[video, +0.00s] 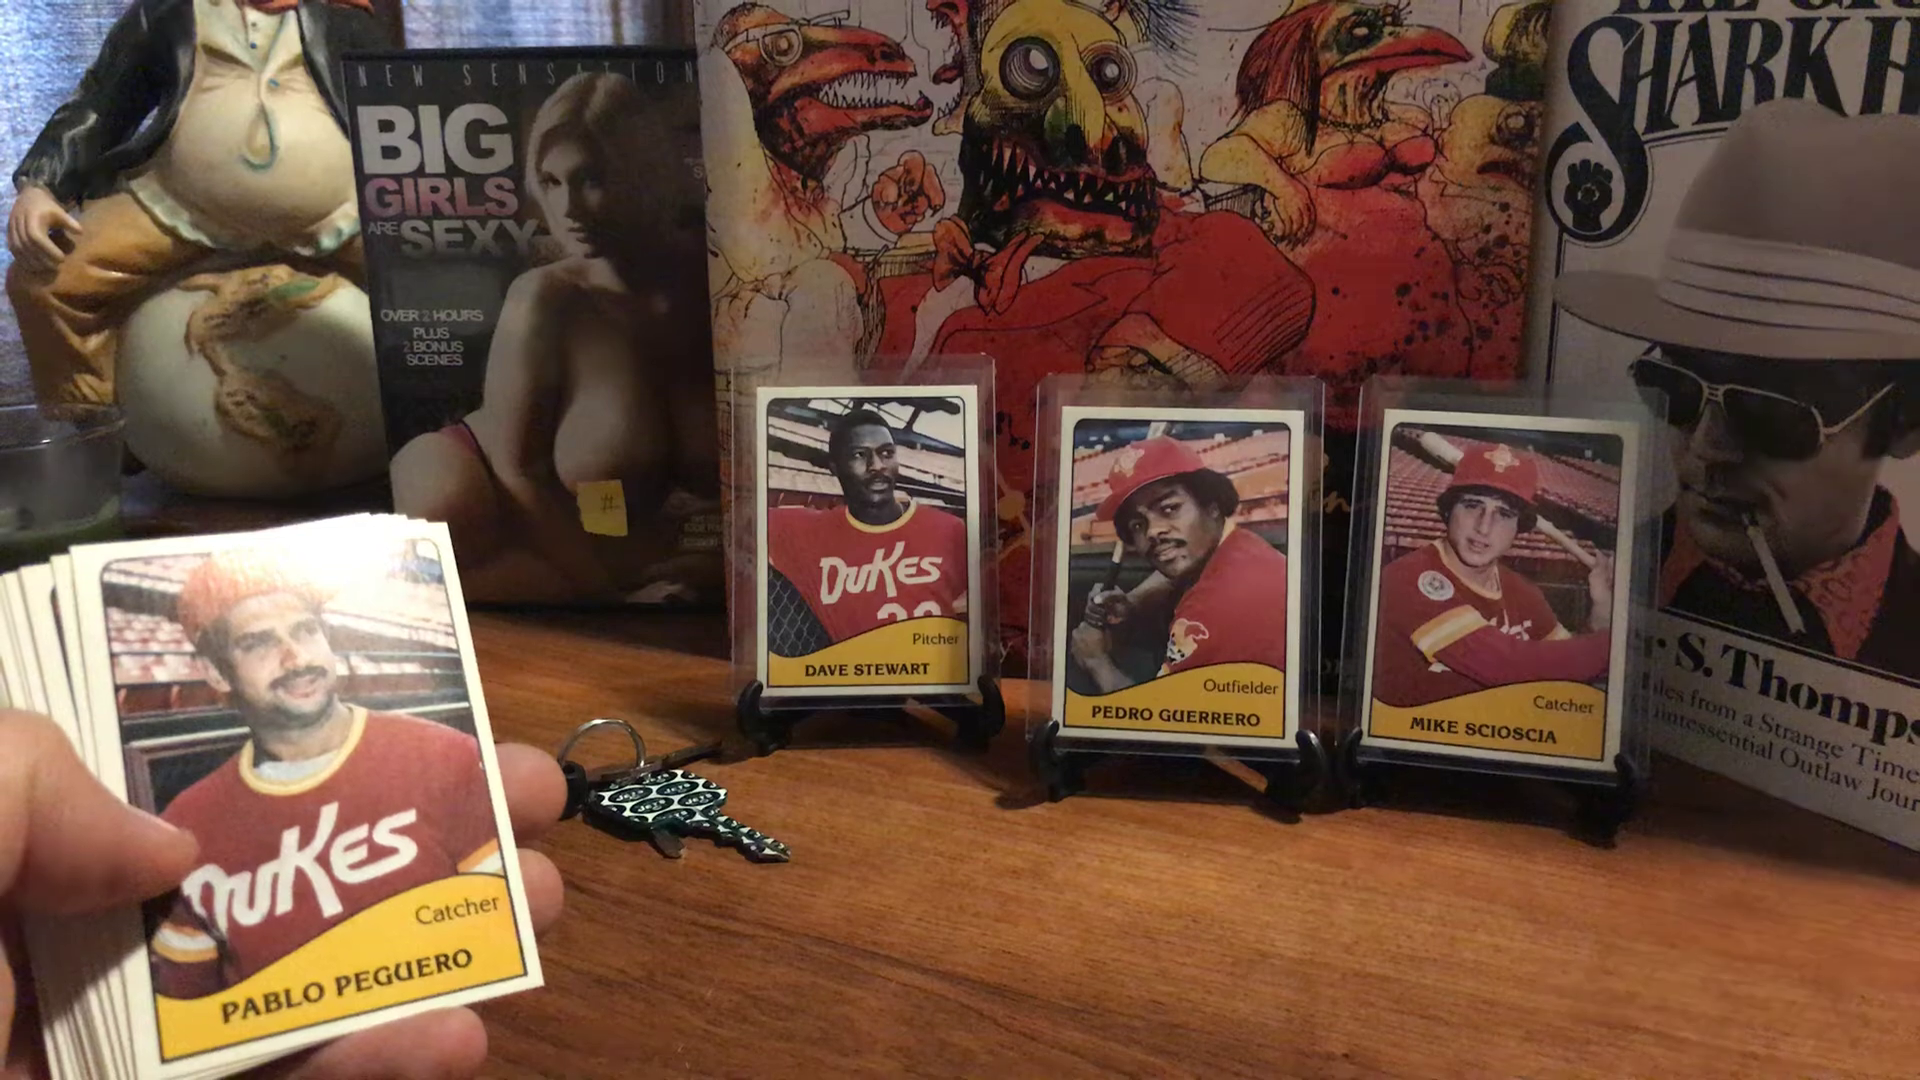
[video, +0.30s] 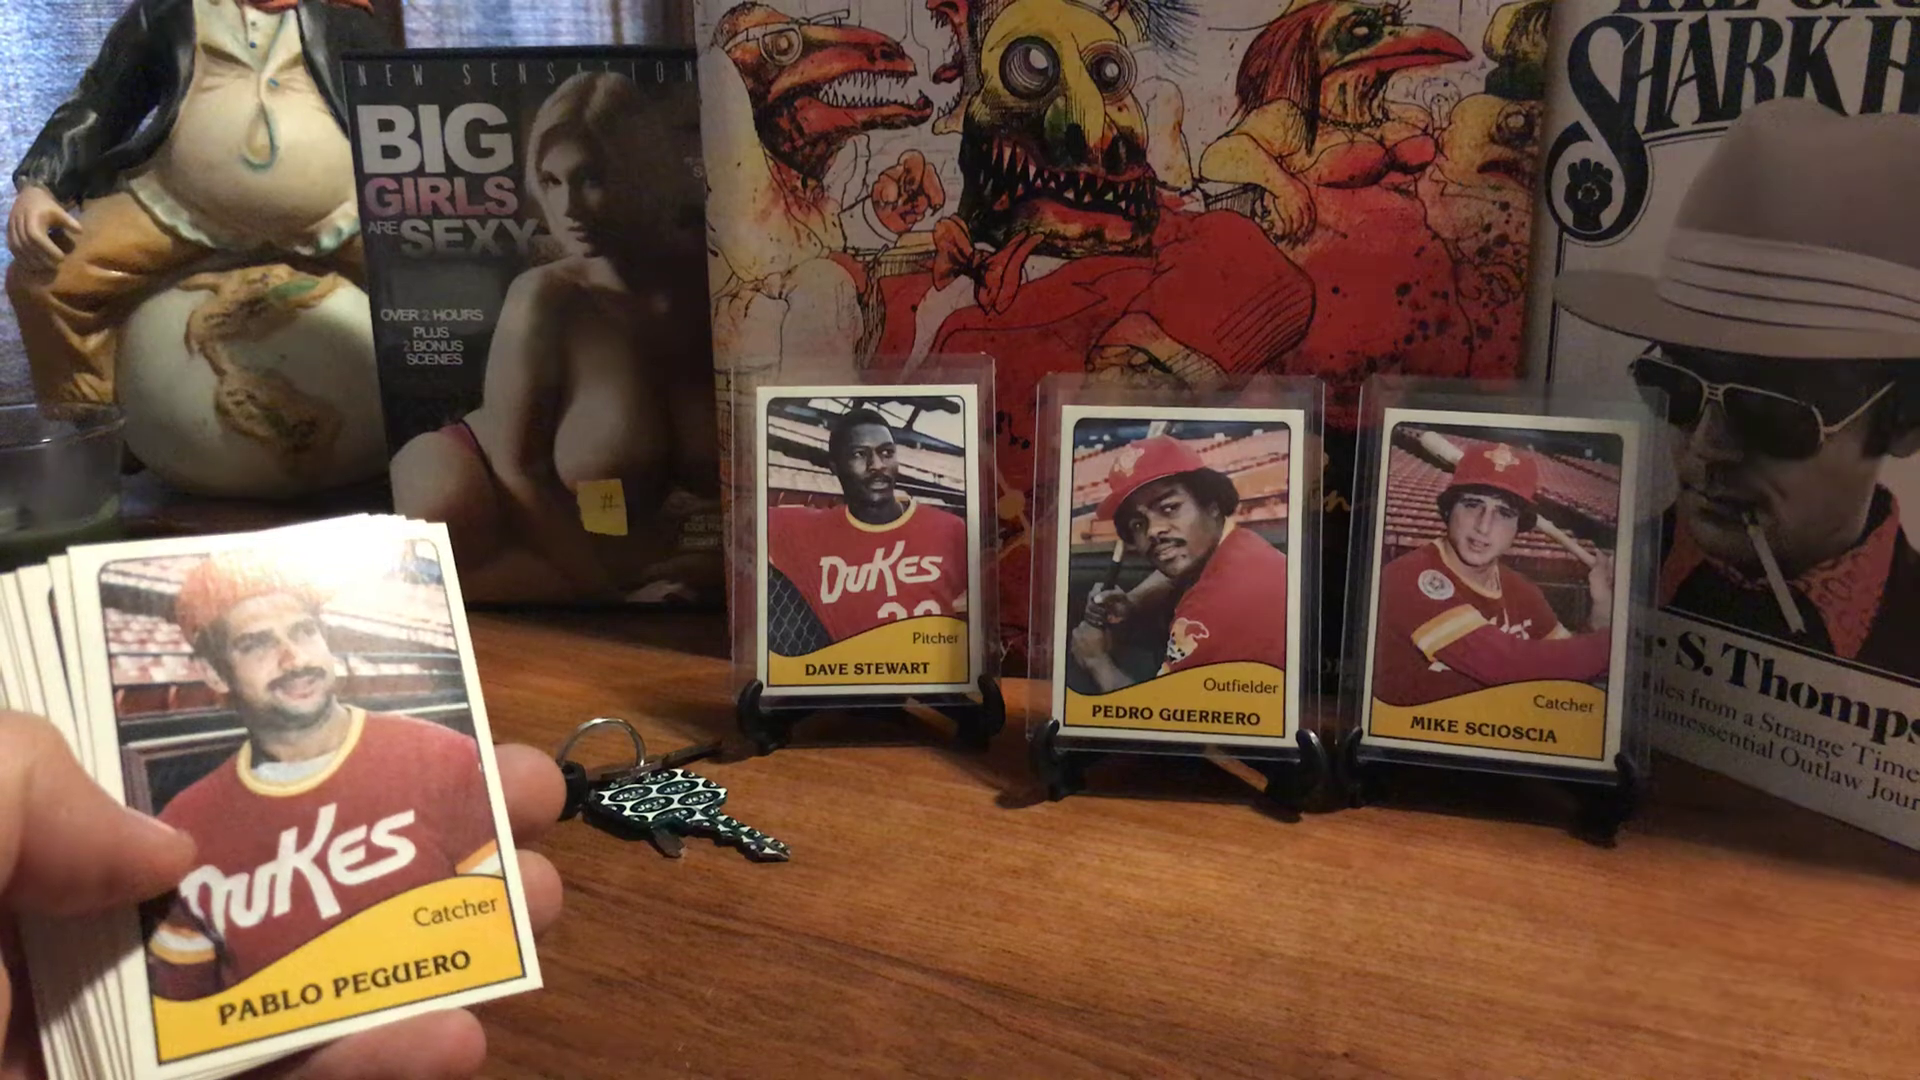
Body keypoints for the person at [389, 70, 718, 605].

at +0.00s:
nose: (570, 206)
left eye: (591, 179)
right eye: (551, 182)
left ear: (641, 178)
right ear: (536, 189)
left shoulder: (695, 288)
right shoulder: (543, 297)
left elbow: (703, 460)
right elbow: (513, 465)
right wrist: (610, 582)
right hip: (484, 469)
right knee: (439, 507)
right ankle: (616, 585)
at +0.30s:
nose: (570, 205)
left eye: (591, 179)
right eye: (552, 181)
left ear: (640, 177)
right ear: (536, 188)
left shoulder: (692, 288)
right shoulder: (542, 297)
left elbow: (703, 459)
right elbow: (512, 464)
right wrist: (610, 583)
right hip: (485, 471)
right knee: (438, 501)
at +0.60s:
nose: (570, 206)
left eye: (591, 178)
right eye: (551, 181)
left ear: (641, 176)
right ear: (536, 188)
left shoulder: (695, 287)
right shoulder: (543, 297)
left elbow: (702, 457)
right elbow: (513, 465)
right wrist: (611, 583)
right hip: (479, 464)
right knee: (439, 510)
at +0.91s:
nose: (569, 204)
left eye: (590, 178)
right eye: (552, 181)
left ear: (642, 177)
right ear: (537, 189)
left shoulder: (689, 291)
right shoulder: (542, 296)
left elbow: (703, 449)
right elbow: (514, 464)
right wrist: (614, 584)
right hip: (479, 461)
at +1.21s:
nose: (569, 205)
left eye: (590, 178)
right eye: (552, 182)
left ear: (644, 176)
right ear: (537, 189)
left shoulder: (689, 293)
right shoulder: (542, 298)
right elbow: (513, 463)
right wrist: (610, 579)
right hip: (479, 462)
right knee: (438, 516)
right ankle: (616, 585)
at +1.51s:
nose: (570, 205)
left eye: (591, 178)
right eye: (553, 182)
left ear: (643, 177)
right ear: (538, 189)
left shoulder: (687, 295)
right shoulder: (542, 297)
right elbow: (513, 463)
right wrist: (611, 580)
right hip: (475, 464)